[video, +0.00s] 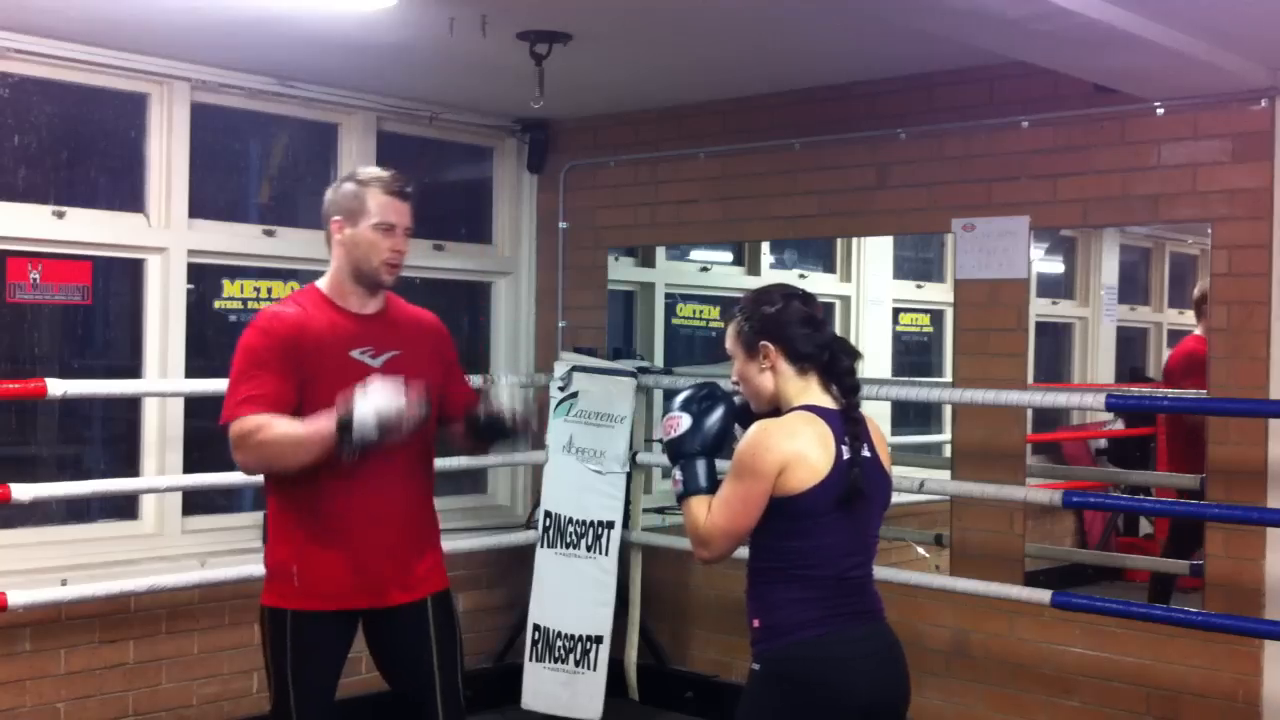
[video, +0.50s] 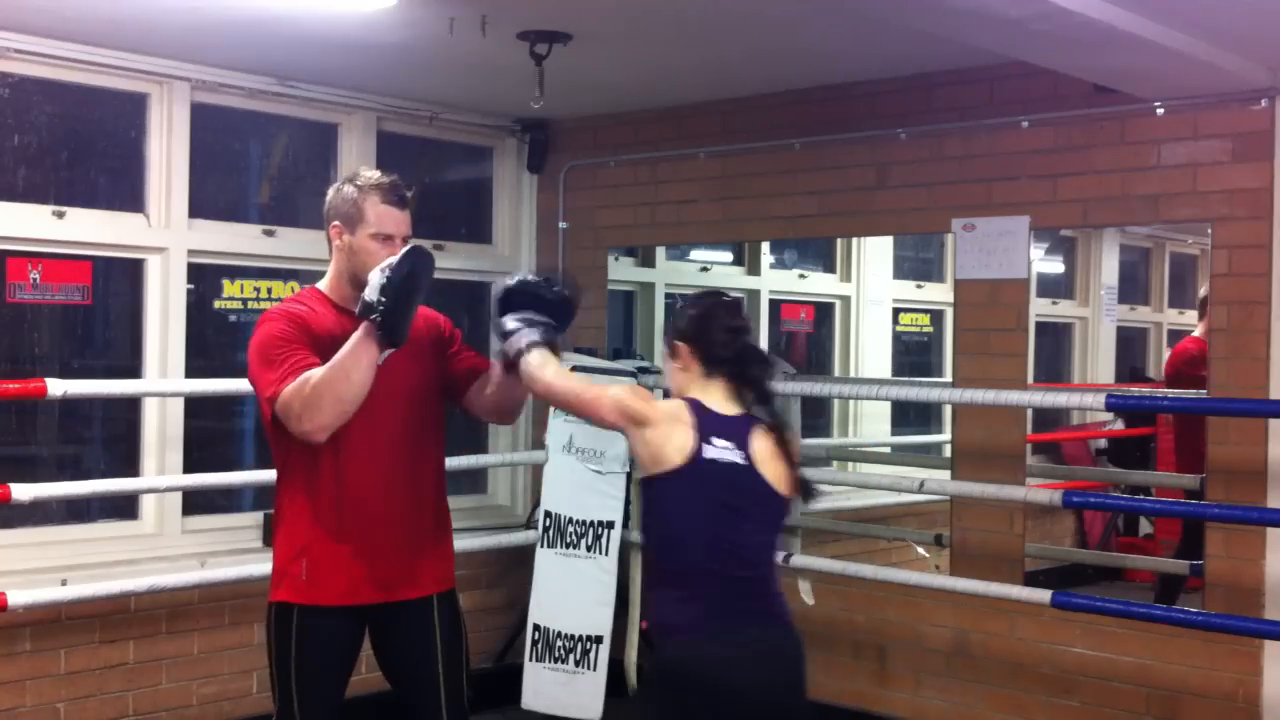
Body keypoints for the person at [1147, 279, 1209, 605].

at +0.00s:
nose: (1224, 313)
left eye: (1221, 306)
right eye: (1220, 306)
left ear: (1199, 309)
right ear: (1209, 309)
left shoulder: (1190, 350)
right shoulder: (1195, 353)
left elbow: (1181, 416)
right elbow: (1196, 416)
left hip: (1190, 463)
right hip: (1194, 466)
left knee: (1184, 536)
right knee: (1183, 537)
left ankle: (1157, 605)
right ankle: (1157, 608)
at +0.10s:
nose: (1223, 314)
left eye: (1220, 307)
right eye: (1219, 308)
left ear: (1199, 307)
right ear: (1206, 308)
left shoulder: (1188, 348)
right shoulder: (1191, 352)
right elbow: (1199, 416)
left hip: (1190, 461)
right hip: (1193, 464)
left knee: (1187, 534)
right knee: (1184, 536)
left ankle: (1158, 605)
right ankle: (1157, 608)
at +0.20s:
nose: (1222, 316)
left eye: (1220, 309)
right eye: (1218, 309)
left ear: (1200, 309)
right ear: (1205, 309)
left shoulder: (1202, 351)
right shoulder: (1185, 352)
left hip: (1201, 461)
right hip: (1190, 463)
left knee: (1192, 535)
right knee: (1186, 537)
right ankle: (1158, 608)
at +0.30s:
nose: (1220, 317)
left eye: (1219, 311)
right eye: (1216, 311)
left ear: (1204, 310)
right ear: (1204, 310)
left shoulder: (1208, 352)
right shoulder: (1182, 353)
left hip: (1209, 463)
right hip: (1193, 464)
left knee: (1196, 536)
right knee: (1190, 537)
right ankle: (1160, 608)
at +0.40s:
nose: (1221, 317)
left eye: (1220, 310)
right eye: (1218, 310)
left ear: (1205, 310)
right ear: (1206, 310)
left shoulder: (1206, 352)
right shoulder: (1186, 353)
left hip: (1208, 463)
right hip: (1194, 464)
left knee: (1197, 537)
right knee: (1190, 538)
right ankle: (1160, 608)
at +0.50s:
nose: (1224, 319)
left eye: (1222, 313)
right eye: (1221, 313)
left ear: (1203, 311)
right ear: (1209, 312)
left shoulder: (1192, 351)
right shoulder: (1191, 353)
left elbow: (1185, 414)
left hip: (1199, 464)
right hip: (1196, 466)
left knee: (1196, 536)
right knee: (1192, 537)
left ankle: (1164, 604)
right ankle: (1162, 607)